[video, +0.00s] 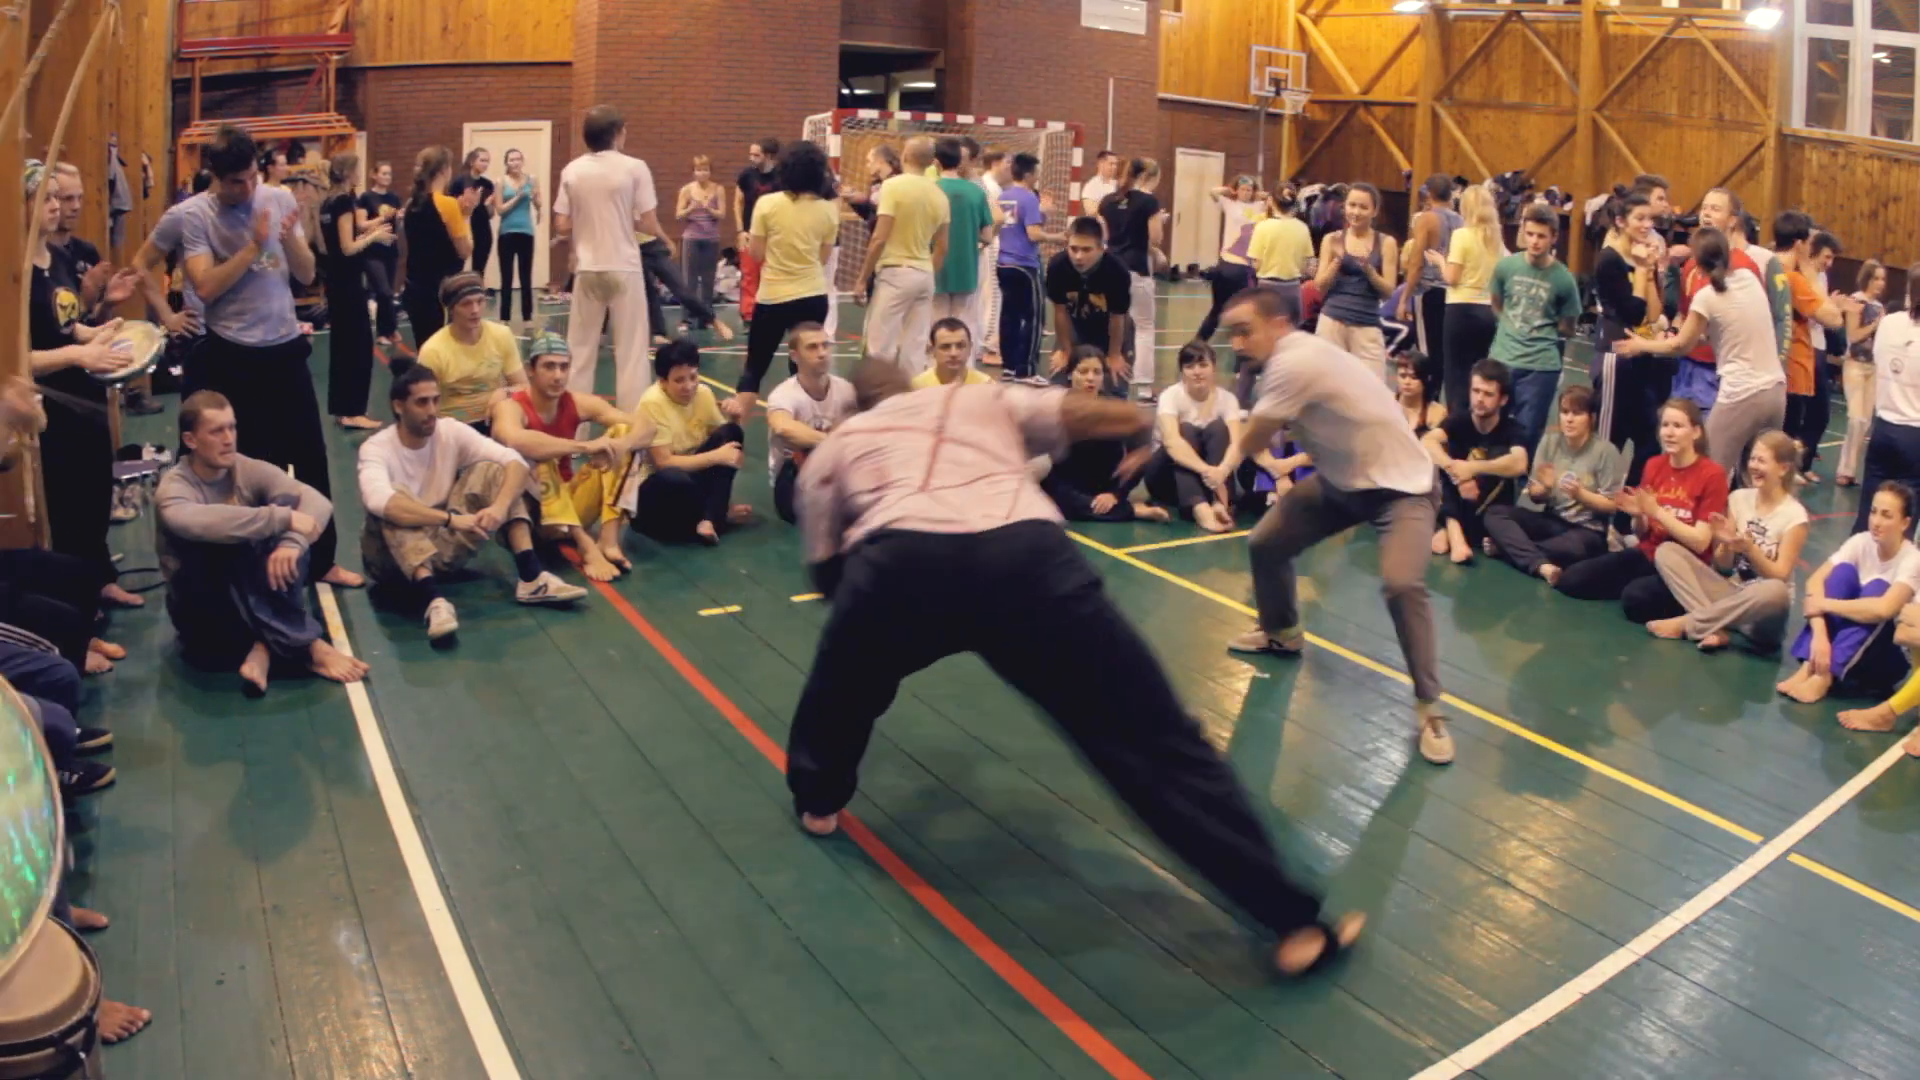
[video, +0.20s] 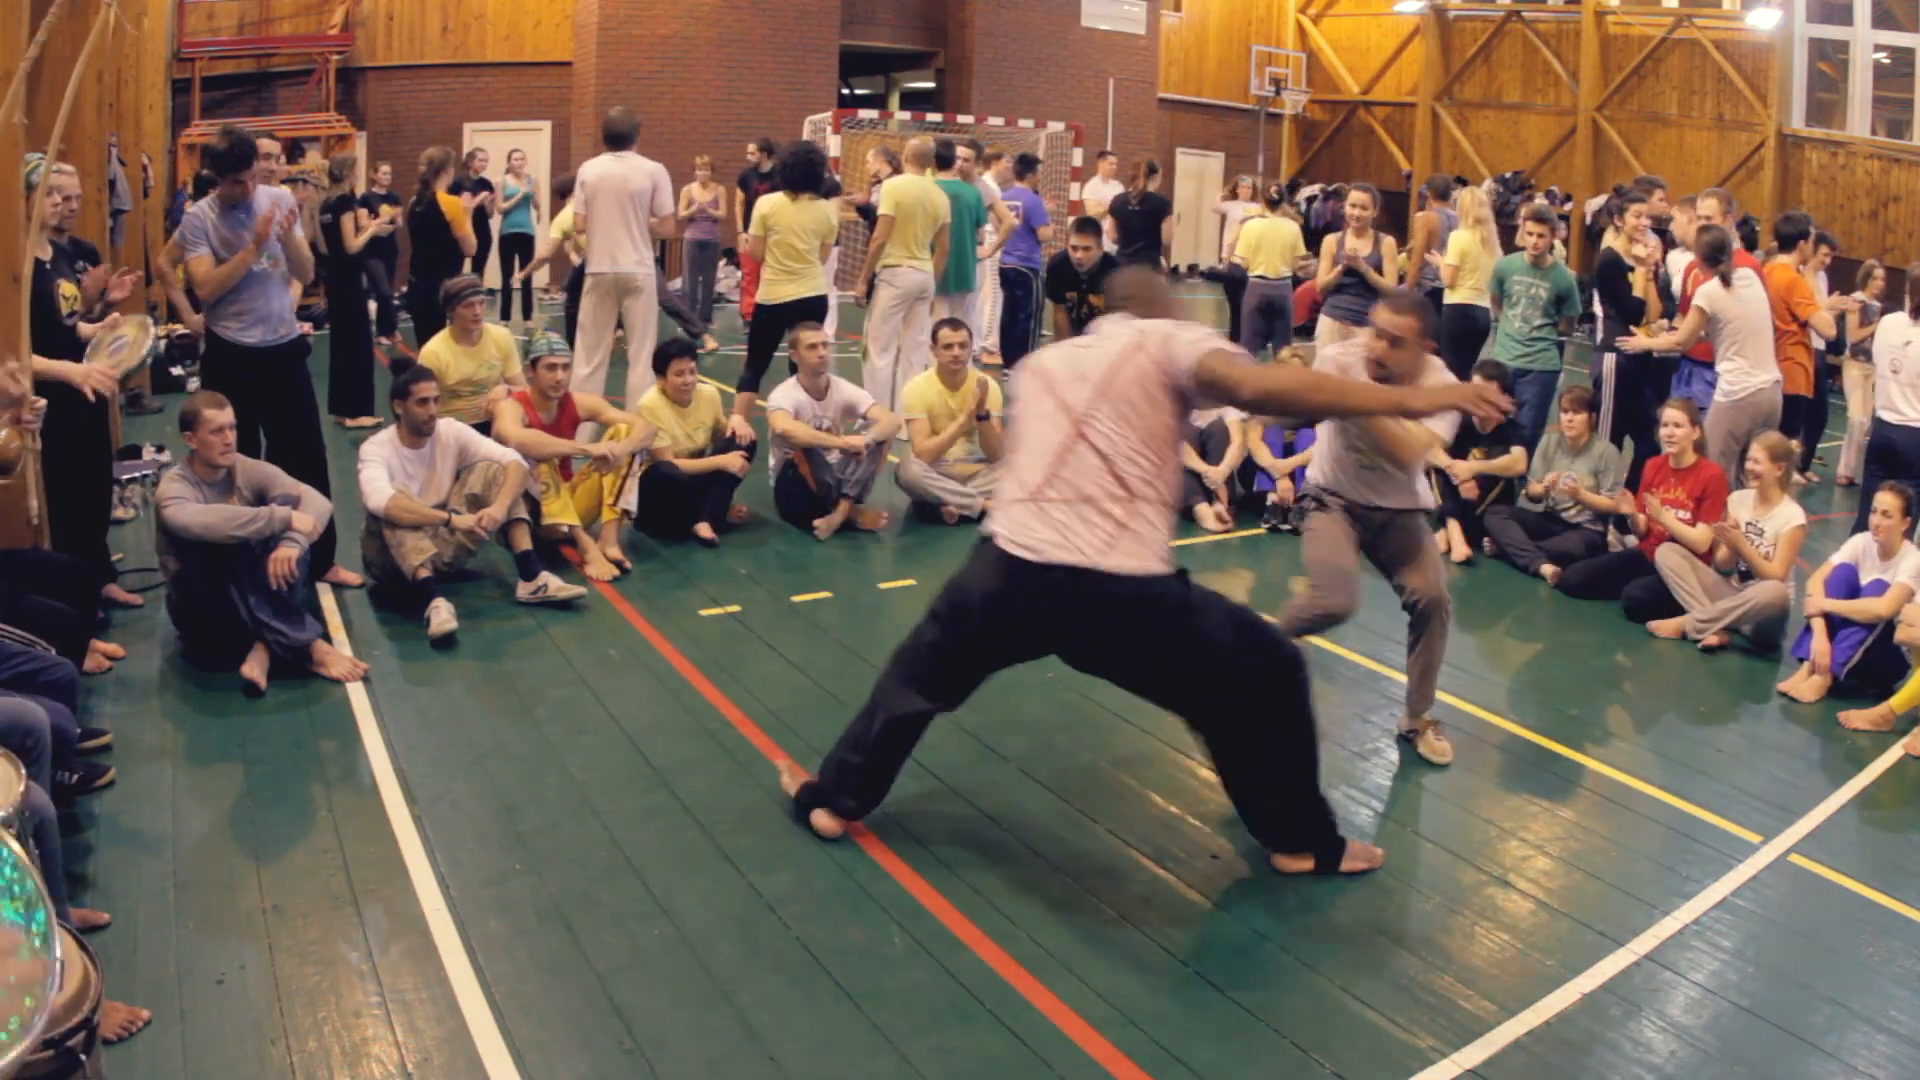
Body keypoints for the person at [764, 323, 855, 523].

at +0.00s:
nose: (822, 354)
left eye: (825, 346)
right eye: (812, 348)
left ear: (831, 348)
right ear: (794, 355)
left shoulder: (846, 390)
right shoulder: (783, 394)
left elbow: (860, 430)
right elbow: (782, 428)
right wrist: (833, 442)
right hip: (796, 472)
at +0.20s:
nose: (821, 354)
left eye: (825, 346)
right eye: (812, 348)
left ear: (830, 349)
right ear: (794, 354)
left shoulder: (842, 388)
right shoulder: (784, 394)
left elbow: (892, 420)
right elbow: (783, 429)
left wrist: (867, 439)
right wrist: (841, 443)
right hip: (797, 498)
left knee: (879, 433)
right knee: (804, 447)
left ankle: (841, 511)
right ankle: (851, 511)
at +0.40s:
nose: (822, 354)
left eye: (825, 346)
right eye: (812, 347)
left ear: (831, 349)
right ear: (794, 355)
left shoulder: (841, 388)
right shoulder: (783, 394)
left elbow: (892, 420)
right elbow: (783, 429)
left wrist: (867, 439)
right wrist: (841, 443)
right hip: (797, 497)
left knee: (879, 433)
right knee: (805, 451)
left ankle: (841, 511)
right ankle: (851, 511)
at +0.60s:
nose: (822, 354)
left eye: (825, 347)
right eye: (812, 348)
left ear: (831, 349)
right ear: (794, 355)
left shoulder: (841, 388)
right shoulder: (784, 394)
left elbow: (892, 420)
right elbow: (783, 429)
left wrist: (867, 439)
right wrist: (841, 443)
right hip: (797, 497)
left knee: (879, 432)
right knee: (805, 451)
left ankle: (841, 511)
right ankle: (851, 511)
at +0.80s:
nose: (822, 354)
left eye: (825, 347)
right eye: (812, 348)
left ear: (831, 349)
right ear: (794, 354)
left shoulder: (840, 388)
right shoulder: (783, 394)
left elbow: (879, 414)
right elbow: (783, 429)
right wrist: (842, 443)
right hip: (797, 496)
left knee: (877, 438)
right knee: (805, 455)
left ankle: (841, 512)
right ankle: (851, 512)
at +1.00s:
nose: (822, 355)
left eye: (826, 347)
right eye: (813, 348)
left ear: (832, 350)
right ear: (794, 355)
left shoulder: (848, 392)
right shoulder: (783, 394)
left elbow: (878, 416)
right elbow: (782, 428)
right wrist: (840, 443)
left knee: (867, 447)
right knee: (807, 455)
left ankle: (838, 516)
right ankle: (848, 512)